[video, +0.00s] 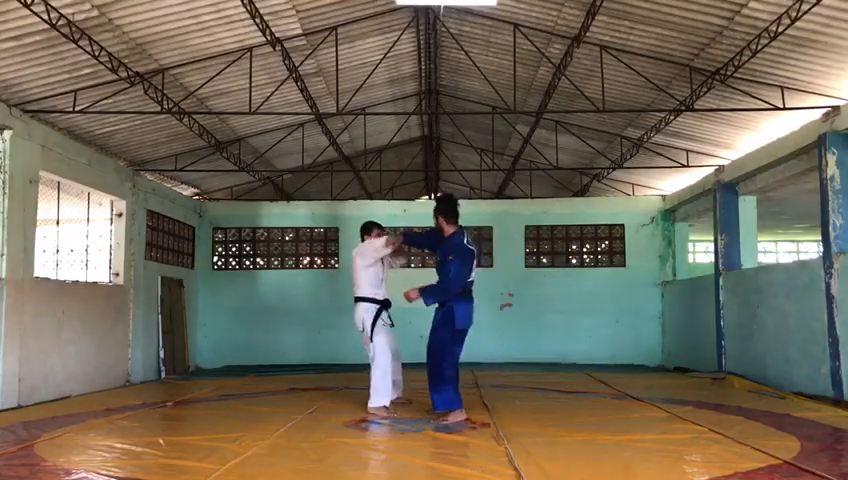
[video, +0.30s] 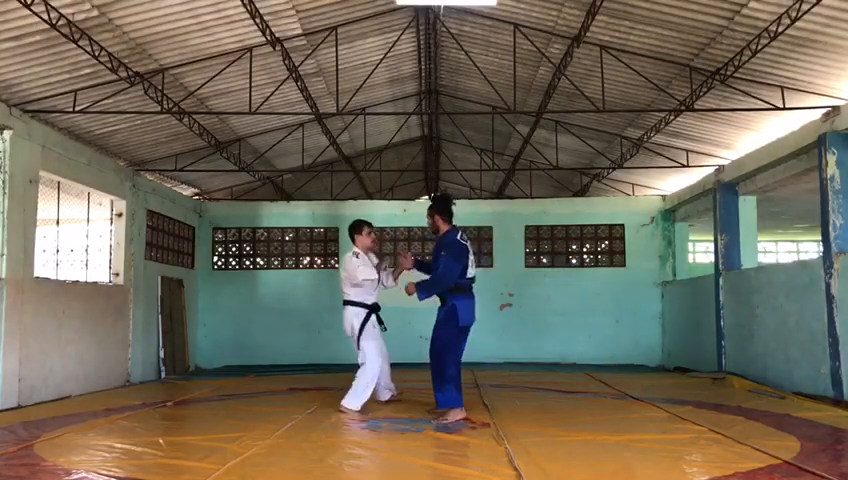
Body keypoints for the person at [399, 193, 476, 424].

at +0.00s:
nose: (435, 221)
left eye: (436, 218)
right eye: (436, 218)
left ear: (441, 219)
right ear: (453, 218)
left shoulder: (460, 247)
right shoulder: (447, 239)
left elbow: (453, 284)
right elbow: (425, 239)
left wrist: (422, 292)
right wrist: (402, 238)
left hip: (456, 307)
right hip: (447, 306)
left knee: (443, 356)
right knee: (437, 354)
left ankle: (455, 409)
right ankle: (447, 406)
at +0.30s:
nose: (430, 222)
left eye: (431, 218)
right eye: (430, 218)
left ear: (438, 218)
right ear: (447, 217)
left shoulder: (450, 242)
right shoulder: (455, 239)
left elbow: (445, 278)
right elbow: (440, 271)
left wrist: (418, 287)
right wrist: (416, 263)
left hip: (455, 305)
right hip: (458, 303)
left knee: (442, 353)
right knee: (445, 353)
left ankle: (454, 407)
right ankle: (450, 404)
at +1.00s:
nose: (475, 223)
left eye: (477, 218)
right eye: (475, 218)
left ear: (487, 218)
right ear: (492, 219)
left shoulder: (497, 241)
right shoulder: (499, 241)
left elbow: (472, 255)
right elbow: (469, 263)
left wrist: (440, 259)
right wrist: (438, 267)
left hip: (502, 305)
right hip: (503, 303)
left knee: (484, 352)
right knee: (504, 352)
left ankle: (466, 407)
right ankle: (527, 403)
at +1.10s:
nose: (479, 216)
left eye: (482, 212)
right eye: (480, 211)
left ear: (493, 213)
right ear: (495, 213)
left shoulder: (503, 238)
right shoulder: (503, 238)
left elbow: (484, 260)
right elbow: (477, 267)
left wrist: (457, 251)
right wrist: (443, 269)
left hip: (508, 300)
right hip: (511, 298)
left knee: (492, 346)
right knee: (509, 348)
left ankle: (491, 404)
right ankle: (527, 402)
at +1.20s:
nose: (482, 214)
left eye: (485, 210)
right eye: (483, 210)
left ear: (495, 212)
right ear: (498, 212)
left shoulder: (507, 236)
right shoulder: (502, 239)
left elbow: (497, 264)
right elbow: (482, 271)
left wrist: (475, 249)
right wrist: (451, 271)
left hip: (513, 298)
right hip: (516, 296)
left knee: (503, 343)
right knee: (518, 346)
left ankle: (521, 403)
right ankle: (531, 402)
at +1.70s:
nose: (468, 231)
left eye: (470, 227)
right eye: (468, 227)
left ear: (481, 227)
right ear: (483, 228)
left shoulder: (506, 251)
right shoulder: (482, 253)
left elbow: (496, 285)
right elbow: (475, 279)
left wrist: (467, 270)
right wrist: (445, 274)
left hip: (521, 309)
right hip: (500, 309)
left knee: (534, 358)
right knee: (481, 354)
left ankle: (557, 410)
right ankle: (468, 404)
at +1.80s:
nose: (456, 235)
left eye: (458, 231)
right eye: (457, 231)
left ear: (469, 232)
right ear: (472, 232)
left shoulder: (494, 255)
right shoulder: (471, 257)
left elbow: (485, 288)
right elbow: (459, 280)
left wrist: (455, 274)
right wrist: (429, 274)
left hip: (511, 310)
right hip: (490, 310)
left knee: (523, 359)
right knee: (470, 353)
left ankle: (553, 408)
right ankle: (466, 405)